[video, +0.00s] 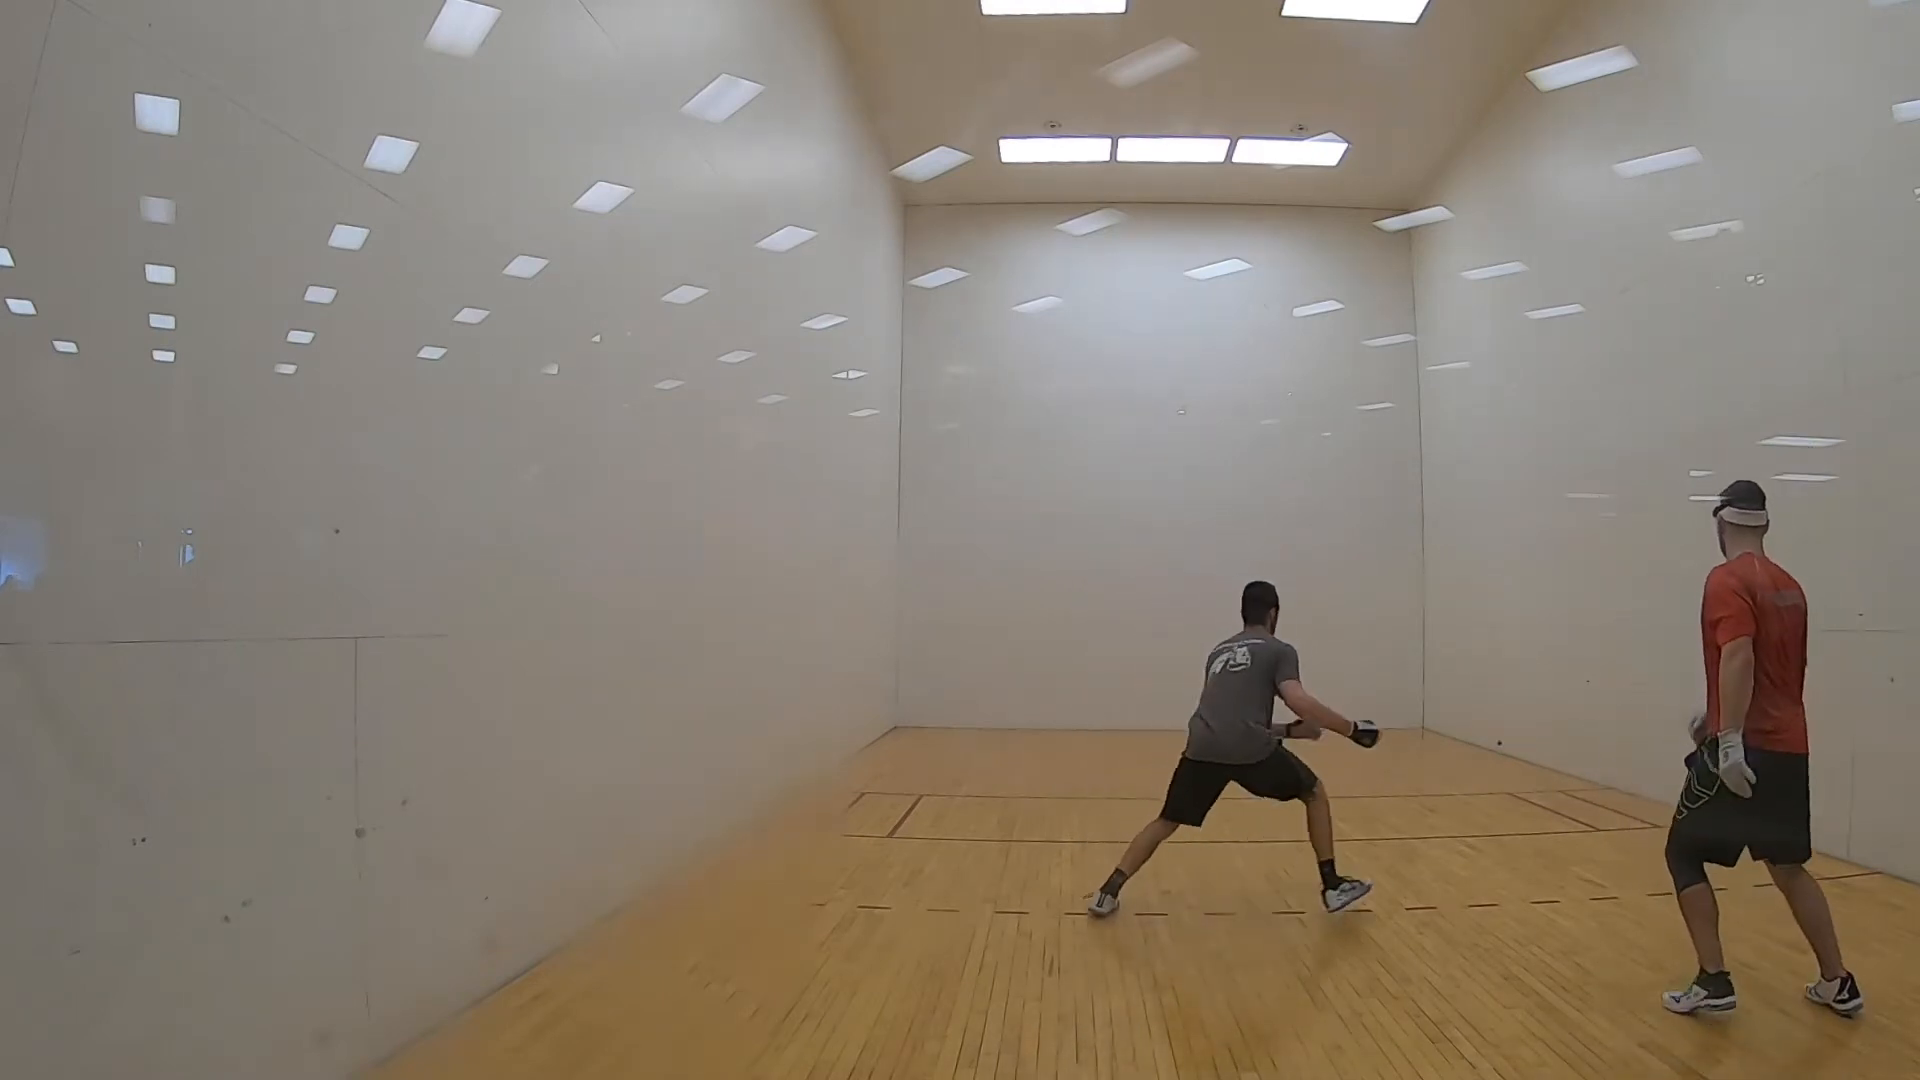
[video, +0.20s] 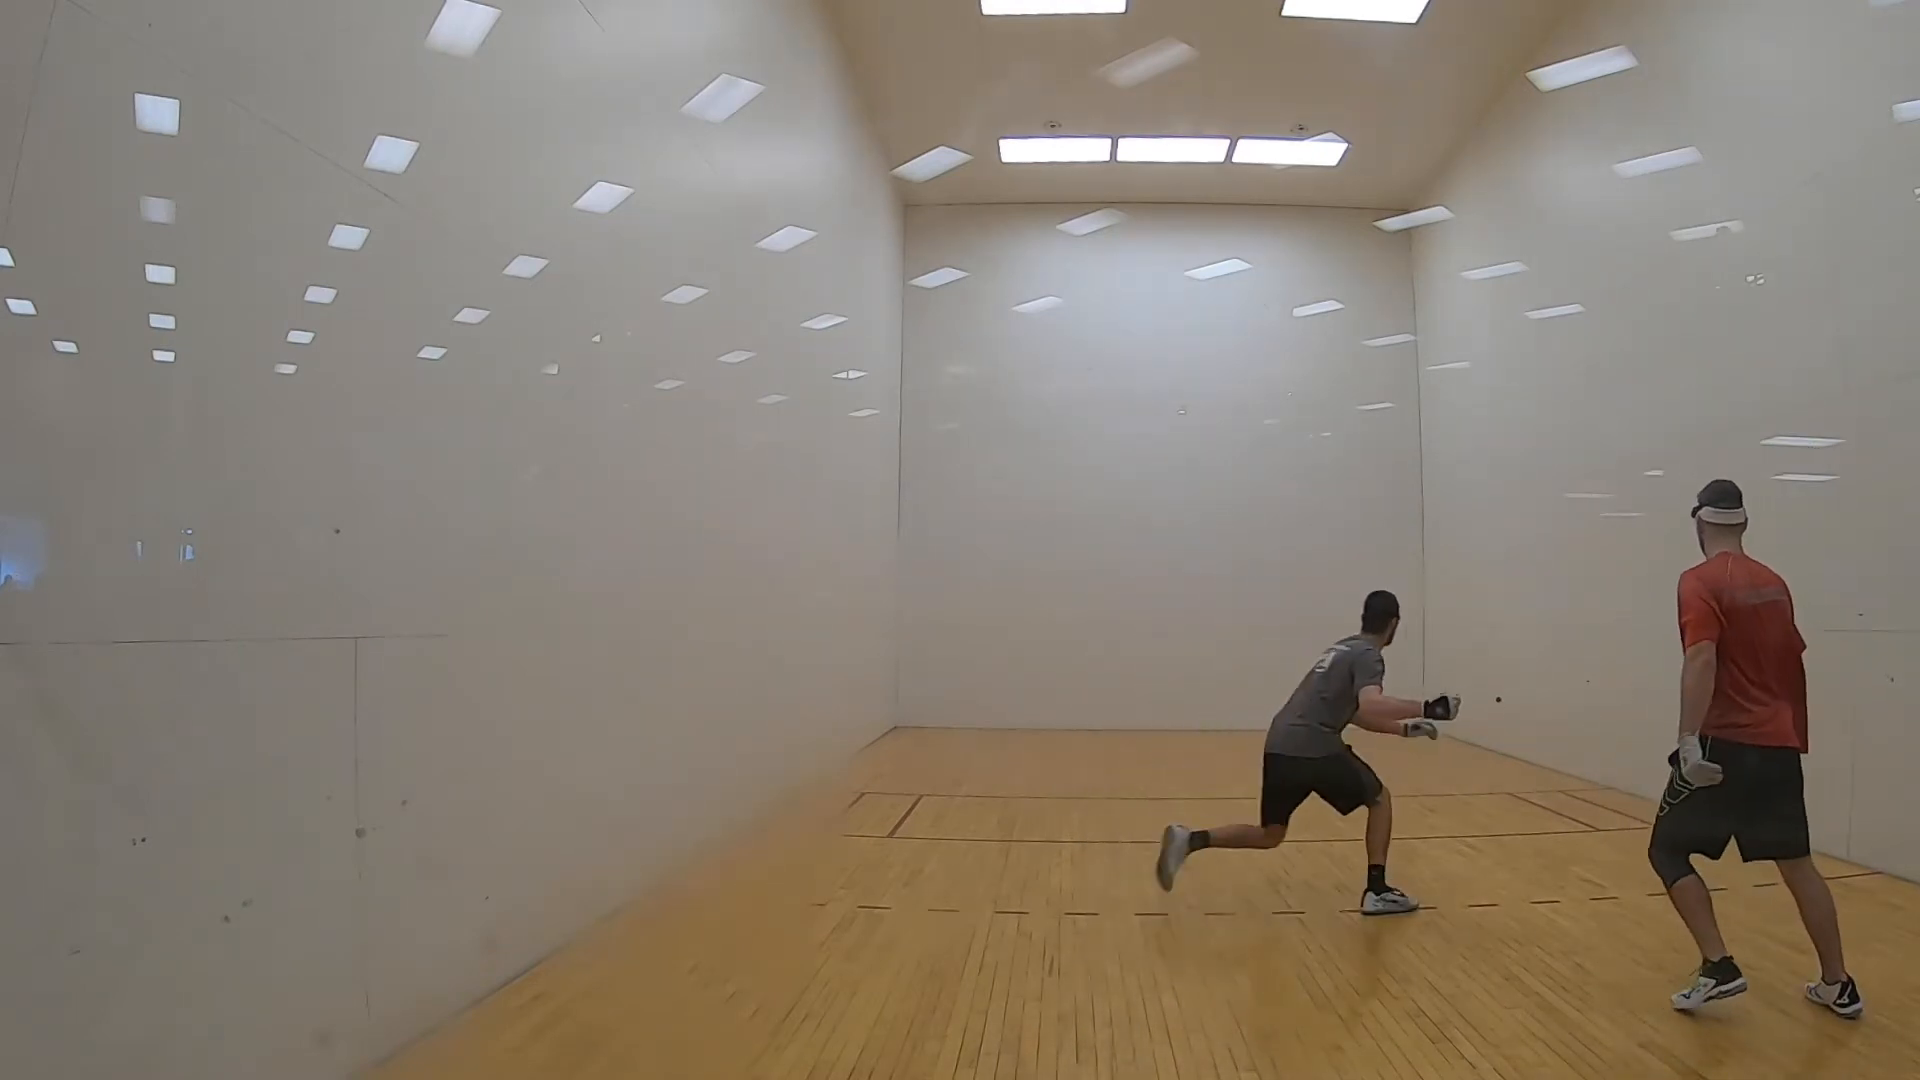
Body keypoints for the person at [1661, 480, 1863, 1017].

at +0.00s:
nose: (1715, 531)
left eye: (1716, 523)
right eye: (1722, 522)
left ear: (1720, 523)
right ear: (1765, 527)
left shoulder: (1726, 578)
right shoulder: (1790, 586)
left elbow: (1739, 656)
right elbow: (1784, 677)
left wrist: (1730, 740)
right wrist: (1717, 715)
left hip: (1737, 754)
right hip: (1788, 755)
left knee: (1682, 853)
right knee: (1788, 863)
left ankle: (1713, 980)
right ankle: (1837, 979)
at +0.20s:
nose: (1698, 530)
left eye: (1697, 522)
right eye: (1707, 522)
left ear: (1699, 523)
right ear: (1744, 524)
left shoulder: (1699, 581)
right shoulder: (1773, 580)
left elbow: (1703, 657)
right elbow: (1789, 662)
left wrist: (1688, 739)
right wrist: (1787, 738)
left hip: (1723, 749)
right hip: (1780, 751)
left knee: (1666, 850)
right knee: (1797, 863)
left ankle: (1718, 966)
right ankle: (1837, 982)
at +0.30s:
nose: (1679, 539)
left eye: (1676, 531)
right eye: (1695, 531)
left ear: (1675, 532)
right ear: (1722, 532)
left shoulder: (1674, 592)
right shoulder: (1752, 589)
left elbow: (1666, 669)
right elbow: (1774, 667)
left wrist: (1643, 750)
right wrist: (1761, 739)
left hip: (1701, 756)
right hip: (1761, 757)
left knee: (1665, 863)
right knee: (1775, 862)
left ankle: (1737, 971)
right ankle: (1831, 978)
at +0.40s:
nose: (1646, 549)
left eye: (1644, 541)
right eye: (1656, 541)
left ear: (1645, 541)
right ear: (1690, 541)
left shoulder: (1640, 602)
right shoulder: (1724, 598)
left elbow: (1618, 685)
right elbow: (1753, 678)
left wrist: (1594, 758)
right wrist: (1746, 745)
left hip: (1674, 758)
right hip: (1727, 758)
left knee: (1663, 875)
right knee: (1724, 865)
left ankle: (1740, 978)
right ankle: (1791, 942)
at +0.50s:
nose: (1612, 555)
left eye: (1609, 547)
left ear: (1609, 546)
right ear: (1654, 549)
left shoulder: (1599, 606)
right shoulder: (1692, 604)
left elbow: (1572, 687)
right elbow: (1734, 674)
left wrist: (1554, 749)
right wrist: (1735, 737)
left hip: (1646, 757)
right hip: (1696, 755)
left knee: (1657, 872)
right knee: (1662, 847)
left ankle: (1741, 977)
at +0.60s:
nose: (1581, 555)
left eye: (1578, 547)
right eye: (1596, 547)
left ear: (1574, 545)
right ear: (1619, 547)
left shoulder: (1556, 596)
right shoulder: (1653, 600)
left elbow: (1532, 668)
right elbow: (1698, 665)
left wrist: (1526, 732)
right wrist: (1704, 729)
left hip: (1605, 745)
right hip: (1651, 744)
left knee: (1641, 862)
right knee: (1592, 820)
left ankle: (1720, 960)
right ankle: (1597, 936)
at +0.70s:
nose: (1542, 552)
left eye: (1539, 545)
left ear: (1540, 544)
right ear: (1582, 549)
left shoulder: (1520, 592)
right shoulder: (1609, 604)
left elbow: (1500, 665)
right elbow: (1650, 675)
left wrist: (1493, 729)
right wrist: (1654, 735)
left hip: (1554, 741)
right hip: (1601, 742)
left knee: (1565, 855)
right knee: (1572, 841)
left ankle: (1648, 926)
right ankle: (1592, 939)